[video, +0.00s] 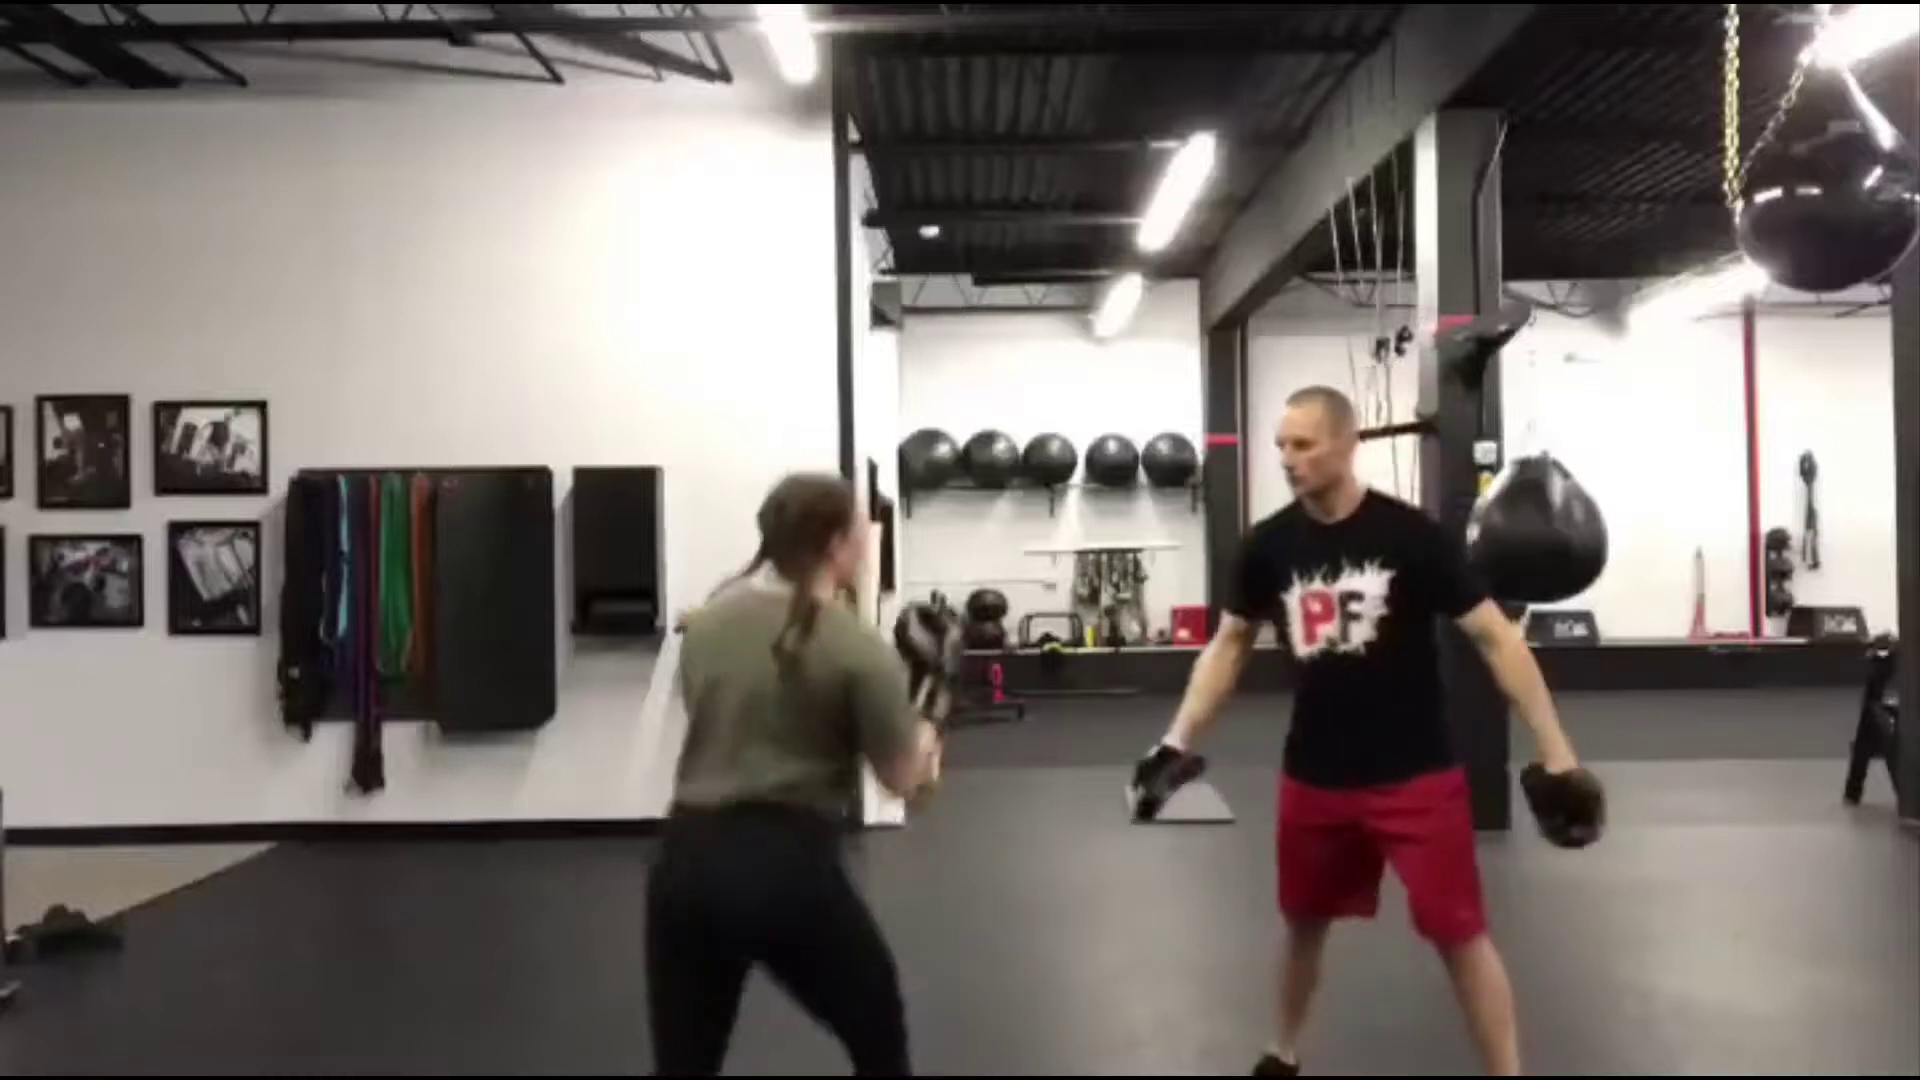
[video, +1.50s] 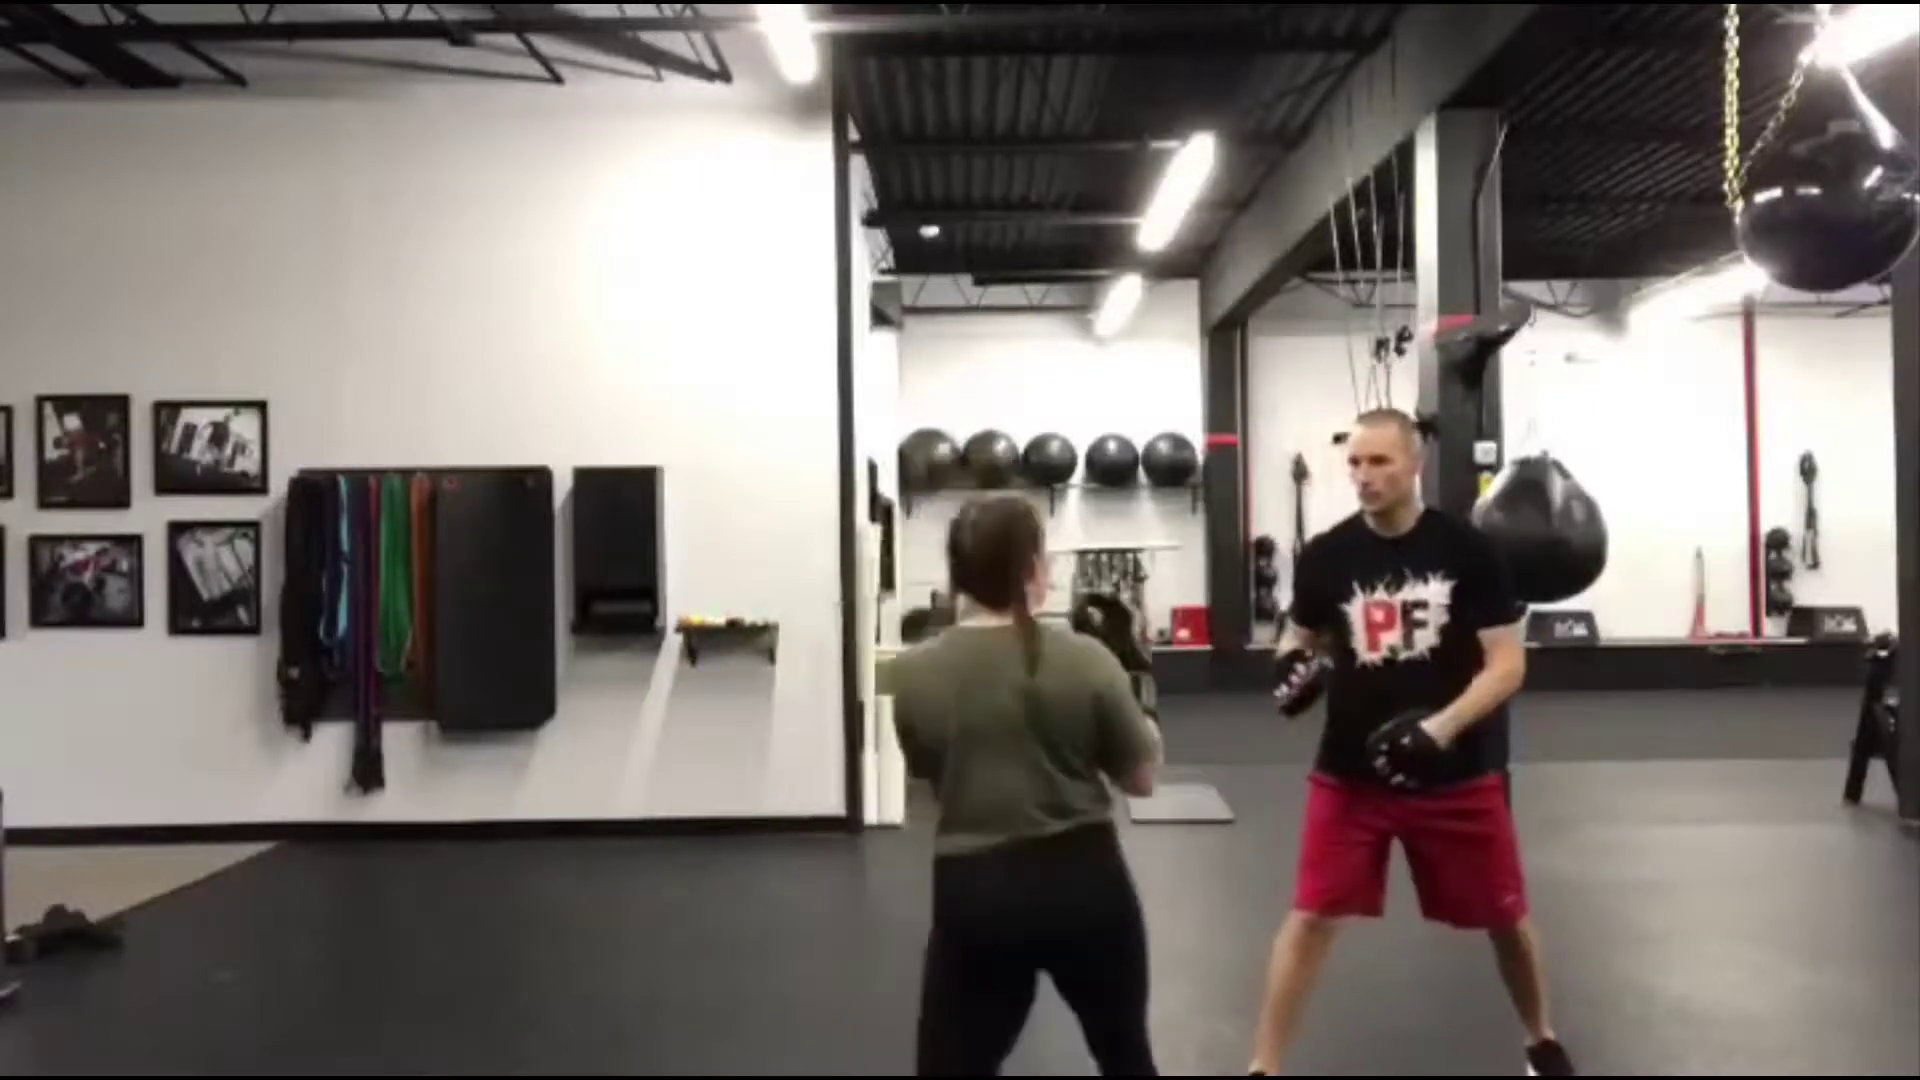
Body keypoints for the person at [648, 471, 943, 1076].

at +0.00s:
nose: (869, 542)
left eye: (866, 528)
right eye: (861, 529)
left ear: (772, 542)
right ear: (835, 545)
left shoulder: (706, 625)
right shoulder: (855, 645)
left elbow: (714, 718)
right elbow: (903, 773)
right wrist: (925, 741)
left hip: (691, 851)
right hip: (791, 861)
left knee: (683, 1060)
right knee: (877, 1035)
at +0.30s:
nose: (891, 507)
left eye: (888, 492)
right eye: (885, 493)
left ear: (799, 502)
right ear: (863, 505)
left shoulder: (739, 588)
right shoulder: (886, 603)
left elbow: (742, 692)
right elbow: (929, 741)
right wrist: (963, 668)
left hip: (741, 829)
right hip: (844, 832)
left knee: (705, 1037)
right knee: (946, 981)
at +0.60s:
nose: (971, 559)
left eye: (967, 546)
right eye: (967, 546)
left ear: (881, 558)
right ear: (953, 559)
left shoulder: (834, 655)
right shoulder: (991, 654)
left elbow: (834, 756)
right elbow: (1035, 787)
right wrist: (1053, 745)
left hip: (865, 881)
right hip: (972, 880)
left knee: (842, 1062)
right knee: (1015, 1057)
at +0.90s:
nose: (967, 520)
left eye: (965, 506)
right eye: (963, 506)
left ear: (878, 507)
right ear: (945, 514)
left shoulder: (814, 598)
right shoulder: (979, 612)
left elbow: (806, 686)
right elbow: (1030, 743)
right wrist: (1040, 683)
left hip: (820, 830)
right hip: (927, 833)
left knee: (810, 1046)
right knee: (990, 1025)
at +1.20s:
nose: (975, 514)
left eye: (972, 499)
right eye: (973, 499)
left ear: (884, 505)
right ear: (958, 508)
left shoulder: (831, 603)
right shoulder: (996, 610)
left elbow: (823, 698)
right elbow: (1047, 739)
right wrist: (1061, 672)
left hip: (851, 848)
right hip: (960, 848)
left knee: (831, 1046)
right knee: (1051, 972)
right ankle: (1062, 1071)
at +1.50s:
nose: (1050, 565)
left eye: (1045, 552)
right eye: (1045, 553)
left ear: (957, 568)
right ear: (1033, 567)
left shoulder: (916, 672)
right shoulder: (1085, 660)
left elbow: (933, 777)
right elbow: (1140, 776)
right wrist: (1125, 701)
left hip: (975, 894)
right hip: (1085, 883)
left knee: (953, 1065)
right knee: (1126, 1059)